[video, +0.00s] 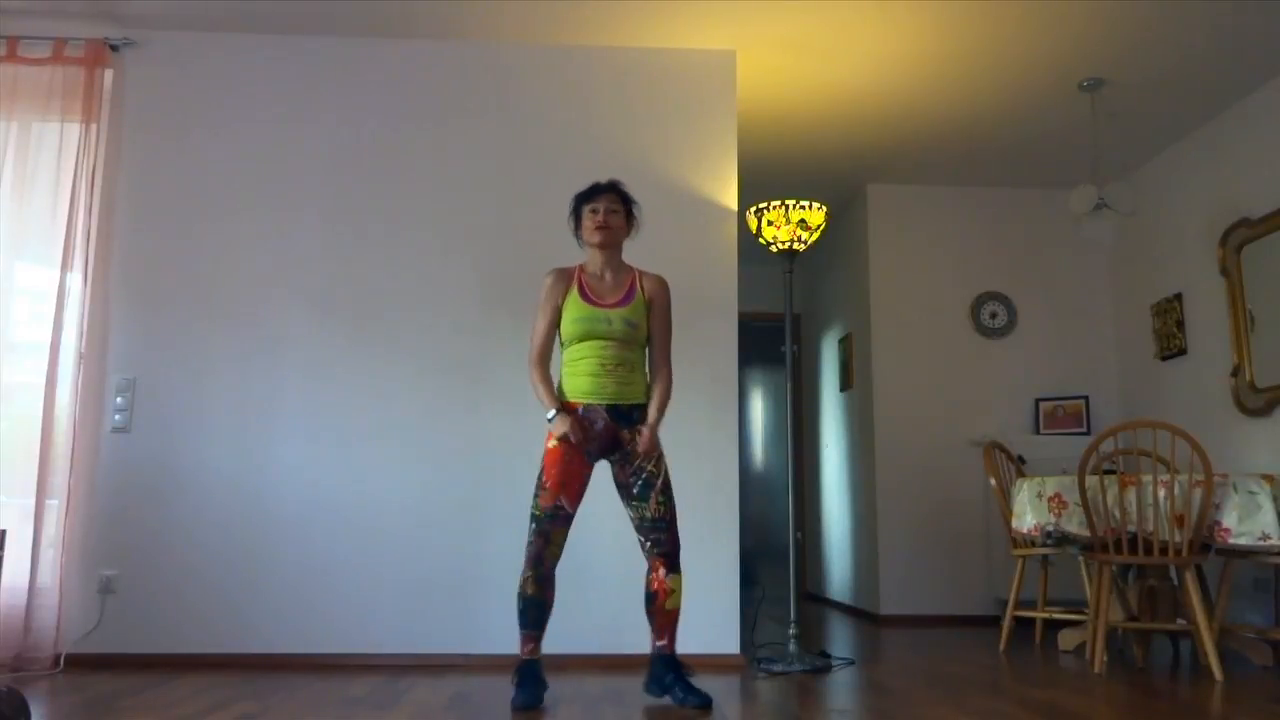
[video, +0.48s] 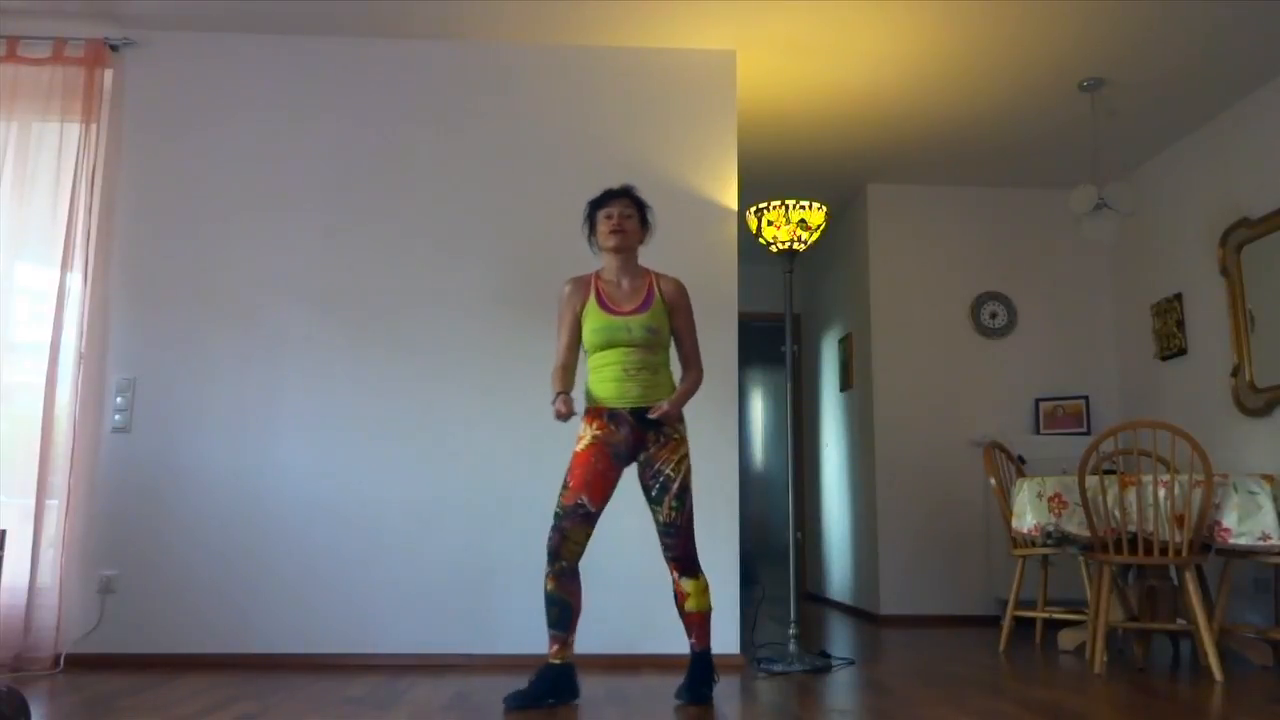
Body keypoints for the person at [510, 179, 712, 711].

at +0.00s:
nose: (601, 218)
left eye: (611, 212)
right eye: (592, 211)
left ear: (629, 224)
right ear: (578, 224)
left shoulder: (652, 286)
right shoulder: (563, 283)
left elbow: (661, 368)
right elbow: (537, 359)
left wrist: (652, 424)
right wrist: (555, 413)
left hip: (633, 426)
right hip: (574, 424)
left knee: (664, 546)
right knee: (543, 543)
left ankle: (664, 666)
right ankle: (528, 667)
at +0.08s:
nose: (595, 222)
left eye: (605, 216)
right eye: (586, 216)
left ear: (623, 228)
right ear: (572, 230)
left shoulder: (647, 289)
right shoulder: (558, 286)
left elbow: (657, 373)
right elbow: (531, 363)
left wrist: (636, 418)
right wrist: (545, 408)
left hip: (622, 431)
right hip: (565, 428)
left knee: (668, 542)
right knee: (546, 546)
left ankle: (655, 664)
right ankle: (522, 670)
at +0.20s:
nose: (589, 233)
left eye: (599, 226)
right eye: (579, 227)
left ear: (617, 240)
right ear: (566, 243)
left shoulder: (644, 301)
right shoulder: (554, 304)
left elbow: (654, 386)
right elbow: (538, 378)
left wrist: (624, 430)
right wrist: (525, 430)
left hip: (615, 437)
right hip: (558, 433)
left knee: (678, 540)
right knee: (544, 548)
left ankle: (667, 657)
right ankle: (524, 671)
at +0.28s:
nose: (591, 230)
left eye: (601, 224)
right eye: (582, 225)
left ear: (618, 237)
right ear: (568, 241)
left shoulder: (647, 296)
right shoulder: (557, 301)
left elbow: (662, 378)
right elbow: (543, 372)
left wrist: (635, 423)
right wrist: (526, 417)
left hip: (624, 433)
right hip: (566, 430)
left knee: (678, 542)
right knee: (550, 546)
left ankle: (677, 658)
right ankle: (525, 669)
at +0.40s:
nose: (603, 221)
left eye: (613, 214)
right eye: (594, 215)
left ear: (631, 228)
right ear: (581, 231)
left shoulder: (658, 287)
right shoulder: (568, 289)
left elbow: (683, 367)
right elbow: (554, 359)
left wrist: (662, 404)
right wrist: (546, 393)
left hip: (649, 425)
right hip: (587, 426)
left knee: (675, 543)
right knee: (561, 544)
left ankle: (692, 662)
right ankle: (540, 668)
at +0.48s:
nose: (617, 222)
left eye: (627, 216)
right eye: (608, 217)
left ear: (643, 230)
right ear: (593, 232)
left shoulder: (668, 290)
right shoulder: (578, 291)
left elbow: (693, 368)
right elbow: (564, 359)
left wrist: (677, 401)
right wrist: (561, 393)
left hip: (661, 427)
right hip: (602, 428)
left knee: (679, 549)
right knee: (562, 545)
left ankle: (701, 665)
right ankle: (558, 669)